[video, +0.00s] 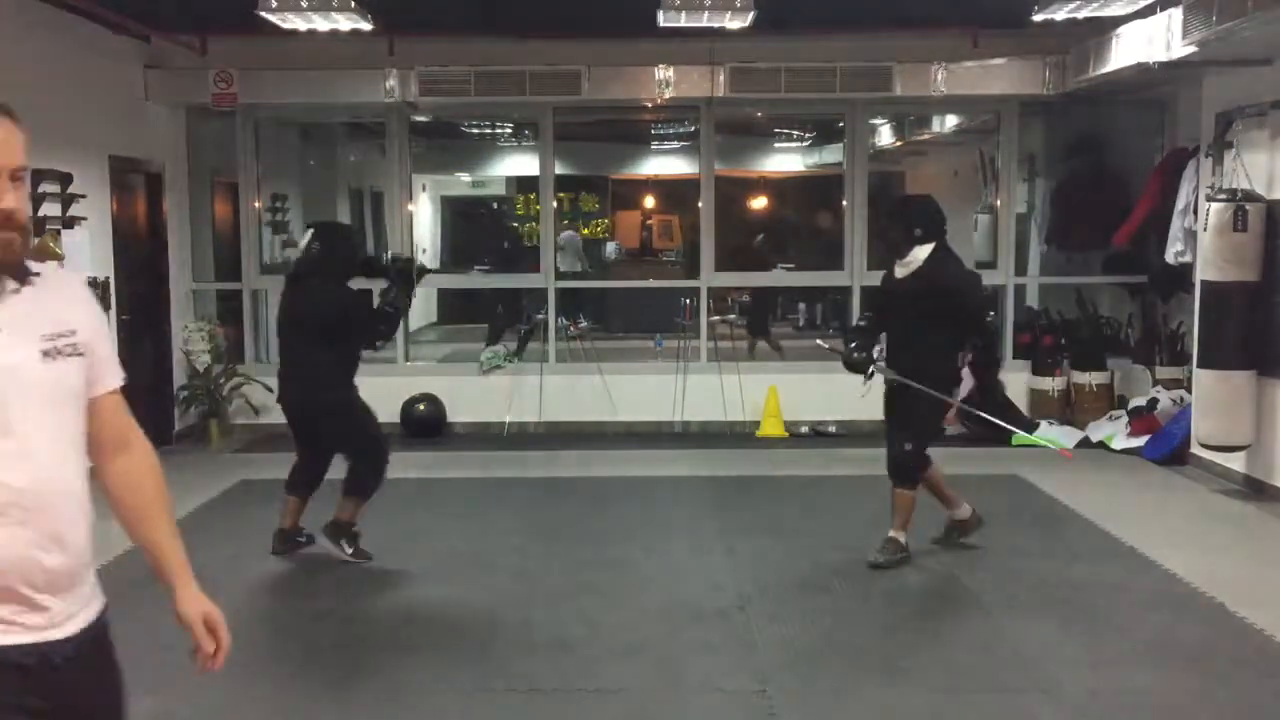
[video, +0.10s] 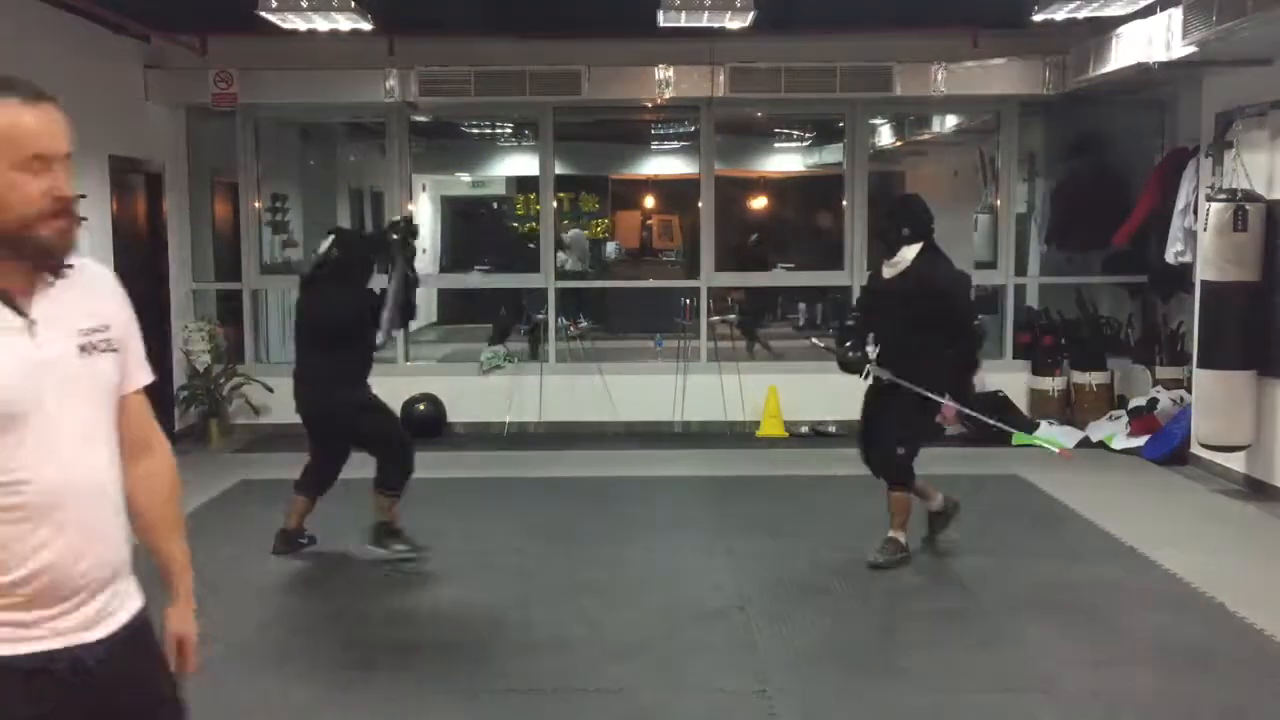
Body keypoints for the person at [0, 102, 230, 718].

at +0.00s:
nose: (11, 201)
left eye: (17, 180)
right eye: (1, 179)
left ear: (29, 185)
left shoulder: (63, 295)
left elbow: (120, 448)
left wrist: (183, 584)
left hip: (76, 642)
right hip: (5, 655)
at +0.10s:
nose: (64, 187)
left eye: (66, 164)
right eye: (36, 166)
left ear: (74, 166)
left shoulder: (95, 288)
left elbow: (143, 450)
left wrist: (181, 590)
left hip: (118, 639)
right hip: (13, 664)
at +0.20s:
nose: (135, 182)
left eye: (128, 159)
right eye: (113, 160)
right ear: (40, 171)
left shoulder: (127, 285)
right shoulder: (7, 303)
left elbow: (167, 450)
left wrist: (185, 597)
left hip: (158, 644)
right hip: (28, 681)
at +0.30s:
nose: (183, 187)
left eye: (179, 166)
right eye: (171, 166)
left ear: (117, 177)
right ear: (114, 177)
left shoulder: (166, 295)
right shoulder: (8, 311)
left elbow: (190, 442)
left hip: (203, 662)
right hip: (54, 695)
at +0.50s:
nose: (288, 204)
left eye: (284, 183)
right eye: (279, 183)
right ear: (232, 191)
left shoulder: (260, 323)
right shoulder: (81, 327)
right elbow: (50, 566)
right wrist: (85, 712)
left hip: (310, 687)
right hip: (169, 707)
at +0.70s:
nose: (348, 186)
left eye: (346, 164)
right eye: (344, 163)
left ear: (217, 163)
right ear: (313, 168)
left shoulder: (307, 309)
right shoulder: (173, 302)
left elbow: (365, 502)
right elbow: (155, 559)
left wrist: (471, 647)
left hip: (366, 697)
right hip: (248, 705)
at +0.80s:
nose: (365, 180)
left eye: (365, 159)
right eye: (364, 158)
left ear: (230, 161)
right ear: (340, 165)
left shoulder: (302, 303)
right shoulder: (220, 306)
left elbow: (368, 505)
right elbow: (215, 584)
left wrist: (510, 605)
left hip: (367, 698)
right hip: (292, 701)